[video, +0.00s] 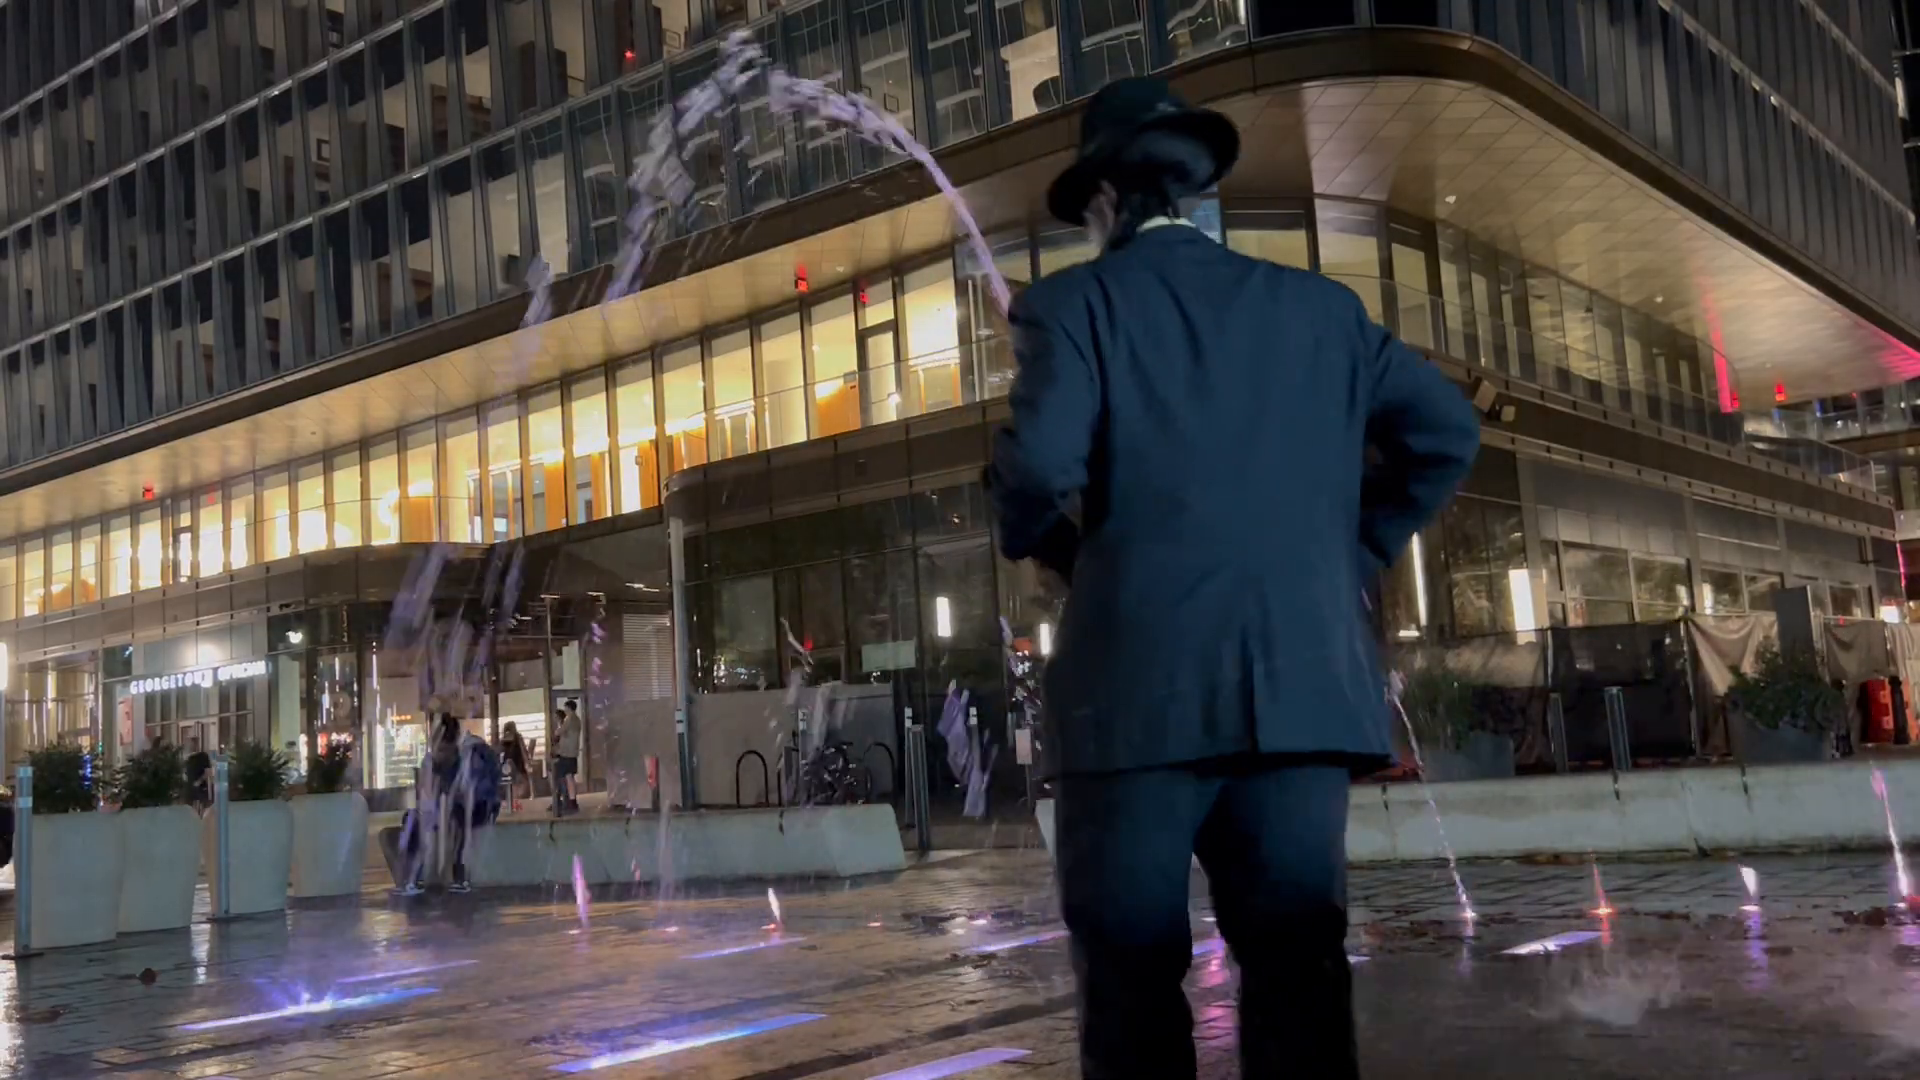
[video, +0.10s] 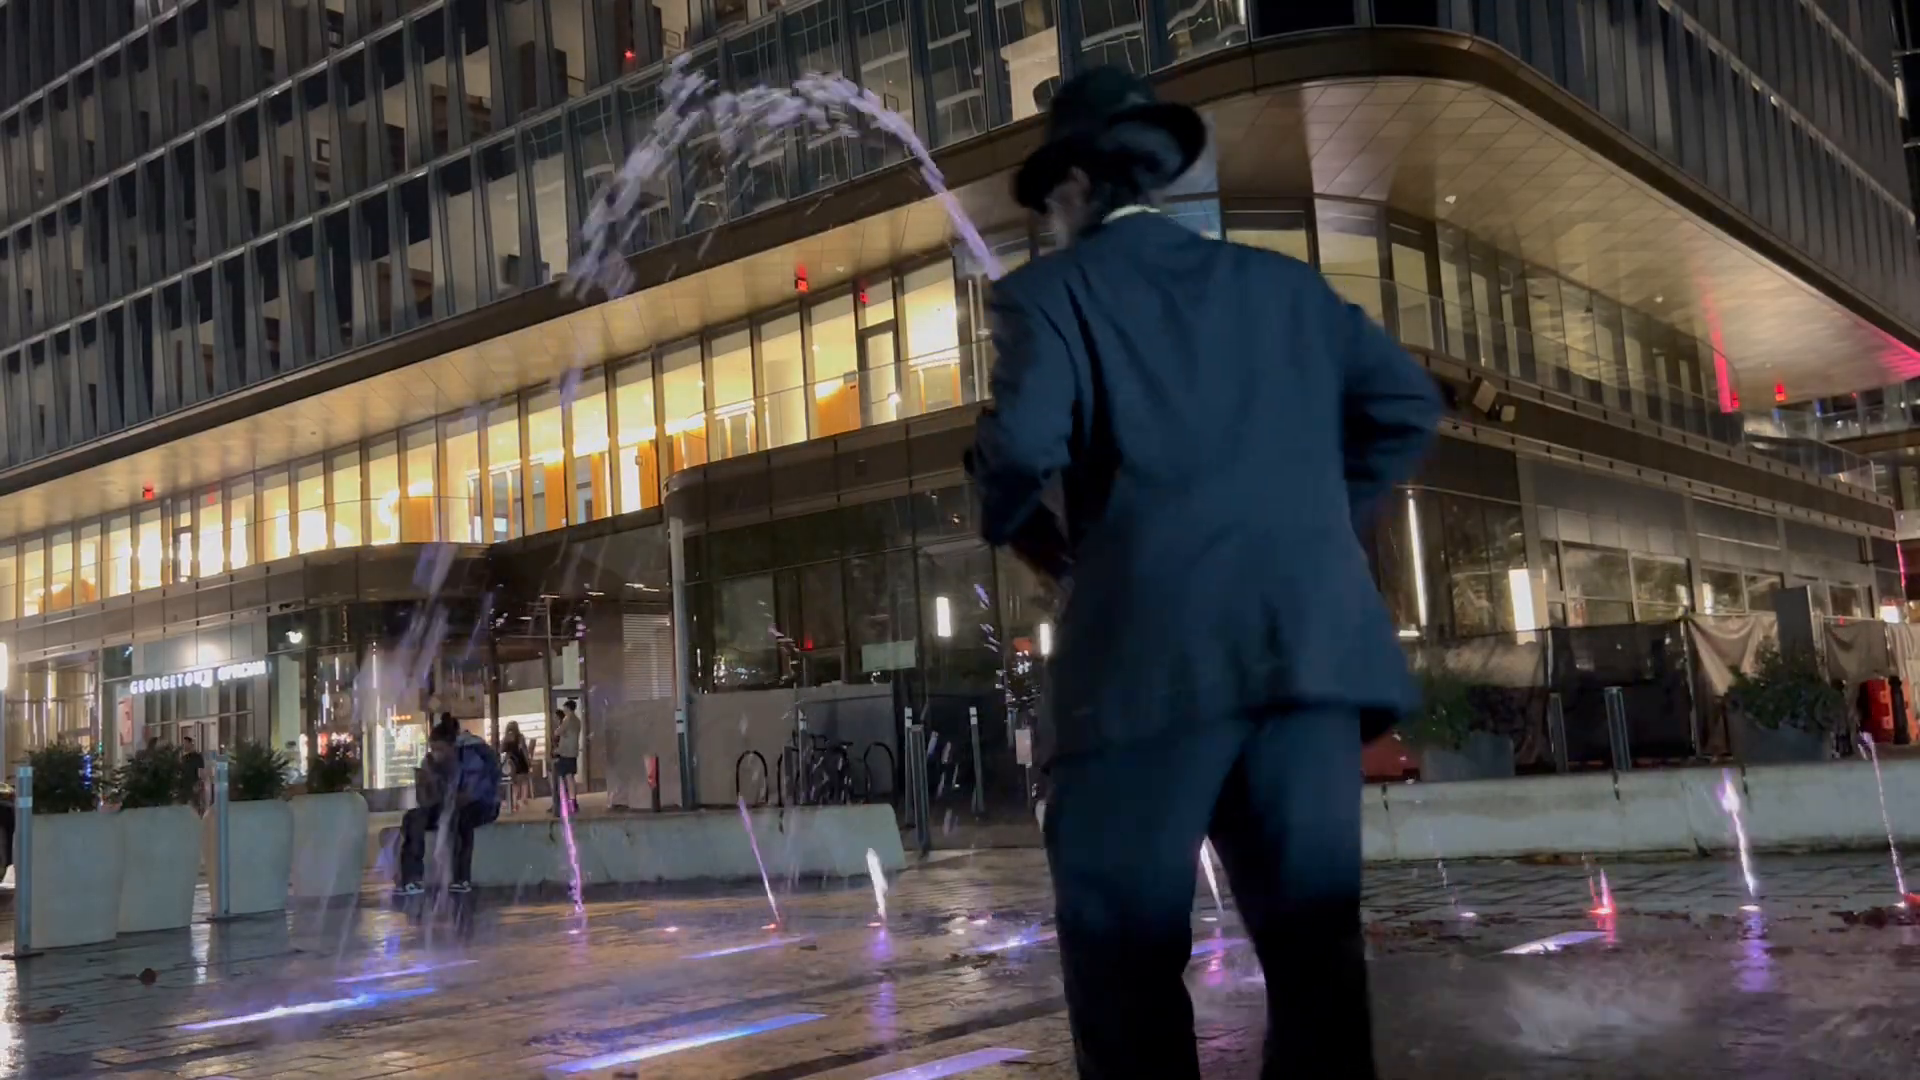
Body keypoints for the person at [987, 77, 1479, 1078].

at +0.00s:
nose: (1089, 227)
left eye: (1090, 206)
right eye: (1088, 208)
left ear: (1110, 200)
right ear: (1210, 200)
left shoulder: (1076, 300)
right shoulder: (1324, 307)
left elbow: (1039, 471)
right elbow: (1447, 429)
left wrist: (1042, 537)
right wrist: (1359, 546)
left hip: (1136, 693)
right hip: (1305, 689)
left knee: (1131, 998)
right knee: (1301, 986)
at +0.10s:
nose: (1045, 223)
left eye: (1050, 198)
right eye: (1044, 202)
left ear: (1089, 185)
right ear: (1171, 186)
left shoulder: (1052, 288)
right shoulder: (1288, 281)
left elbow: (1022, 451)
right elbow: (1409, 403)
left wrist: (1046, 543)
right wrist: (1324, 524)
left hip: (1148, 648)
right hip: (1316, 636)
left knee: (1124, 977)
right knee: (1320, 965)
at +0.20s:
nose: (1024, 240)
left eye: (1026, 218)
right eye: (1026, 219)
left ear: (1050, 215)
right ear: (1133, 212)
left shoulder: (1039, 314)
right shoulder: (1241, 321)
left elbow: (1049, 463)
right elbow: (1345, 462)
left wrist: (999, 534)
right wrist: (1273, 557)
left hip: (1158, 656)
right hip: (1303, 644)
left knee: (1087, 918)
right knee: (1321, 915)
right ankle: (1406, 1078)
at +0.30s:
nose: (991, 267)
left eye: (994, 244)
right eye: (991, 246)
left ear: (1021, 239)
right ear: (1093, 240)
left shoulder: (1033, 331)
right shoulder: (1159, 349)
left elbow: (1092, 487)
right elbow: (1231, 518)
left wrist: (995, 588)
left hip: (1144, 705)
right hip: (1255, 688)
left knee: (1054, 979)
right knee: (1296, 956)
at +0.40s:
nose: (957, 234)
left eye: (959, 210)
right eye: (956, 212)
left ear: (992, 206)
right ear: (1049, 204)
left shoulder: (1022, 292)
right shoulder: (1091, 298)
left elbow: (1090, 451)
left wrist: (985, 576)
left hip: (1095, 694)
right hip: (1149, 681)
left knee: (1017, 949)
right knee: (1143, 936)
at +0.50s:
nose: (952, 218)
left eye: (954, 194)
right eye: (951, 197)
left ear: (986, 188)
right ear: (1048, 186)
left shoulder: (1008, 277)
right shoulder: (1100, 288)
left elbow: (1035, 469)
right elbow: (1135, 488)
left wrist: (941, 573)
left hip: (1063, 663)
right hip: (1123, 650)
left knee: (994, 939)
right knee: (1018, 931)